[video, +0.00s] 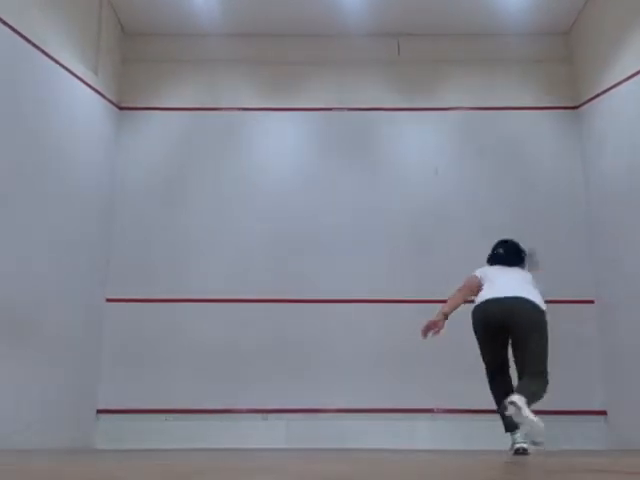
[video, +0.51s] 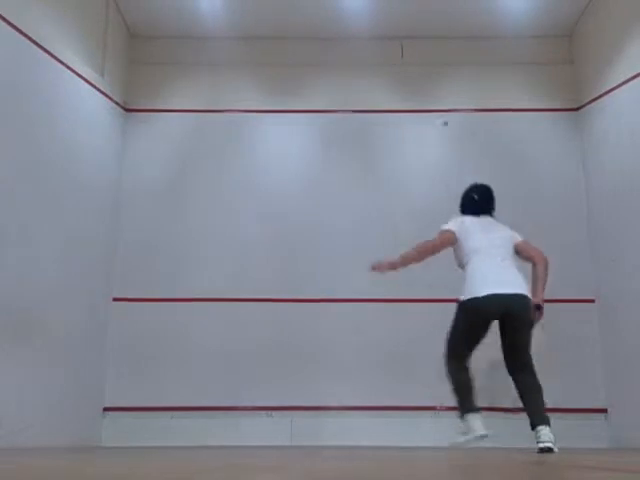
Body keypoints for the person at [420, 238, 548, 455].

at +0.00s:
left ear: (491, 259)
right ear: (521, 262)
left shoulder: (485, 272)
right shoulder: (527, 276)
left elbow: (464, 291)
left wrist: (442, 315)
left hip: (488, 311)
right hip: (527, 311)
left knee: (498, 373)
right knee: (534, 374)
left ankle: (516, 435)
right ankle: (520, 400)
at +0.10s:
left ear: (486, 250)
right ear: (515, 251)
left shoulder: (482, 264)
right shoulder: (523, 268)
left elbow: (463, 283)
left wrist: (444, 304)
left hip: (491, 308)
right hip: (531, 308)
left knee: (499, 369)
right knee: (533, 369)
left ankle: (516, 435)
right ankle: (518, 406)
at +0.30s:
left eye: (476, 223)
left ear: (475, 225)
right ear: (504, 226)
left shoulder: (473, 240)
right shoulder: (516, 246)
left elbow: (460, 255)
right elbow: (542, 285)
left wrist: (436, 275)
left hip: (492, 302)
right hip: (531, 301)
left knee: (497, 368)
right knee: (531, 367)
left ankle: (513, 431)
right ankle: (544, 431)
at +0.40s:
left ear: (472, 216)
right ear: (500, 217)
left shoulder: (468, 231)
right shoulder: (513, 239)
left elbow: (451, 249)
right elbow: (545, 273)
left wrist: (417, 272)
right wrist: (537, 304)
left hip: (489, 299)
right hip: (528, 299)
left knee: (479, 359)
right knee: (528, 365)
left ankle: (497, 424)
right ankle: (544, 430)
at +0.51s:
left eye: (464, 205)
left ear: (464, 206)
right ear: (491, 208)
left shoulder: (461, 224)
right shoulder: (504, 230)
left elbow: (431, 247)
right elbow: (540, 258)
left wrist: (395, 263)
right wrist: (538, 299)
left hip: (479, 299)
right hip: (517, 299)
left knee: (456, 358)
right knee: (520, 364)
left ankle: (472, 419)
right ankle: (542, 429)